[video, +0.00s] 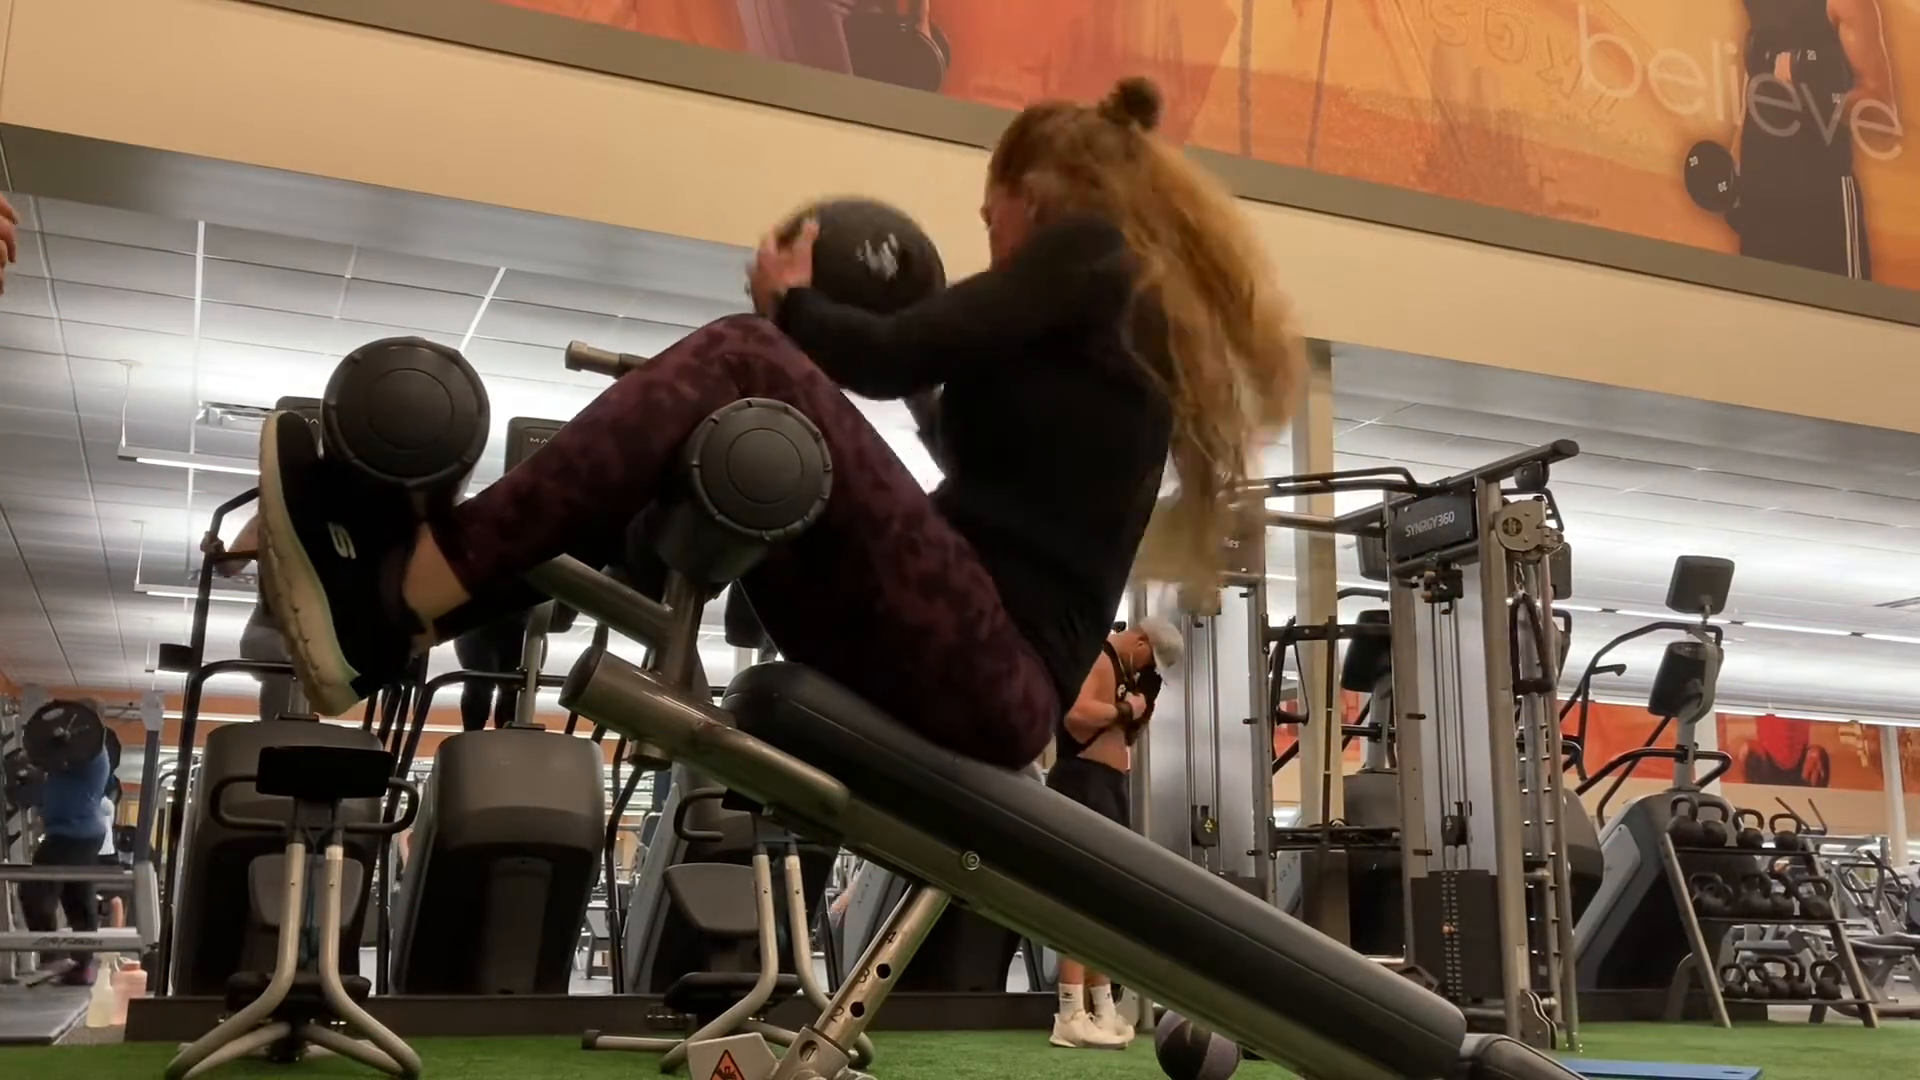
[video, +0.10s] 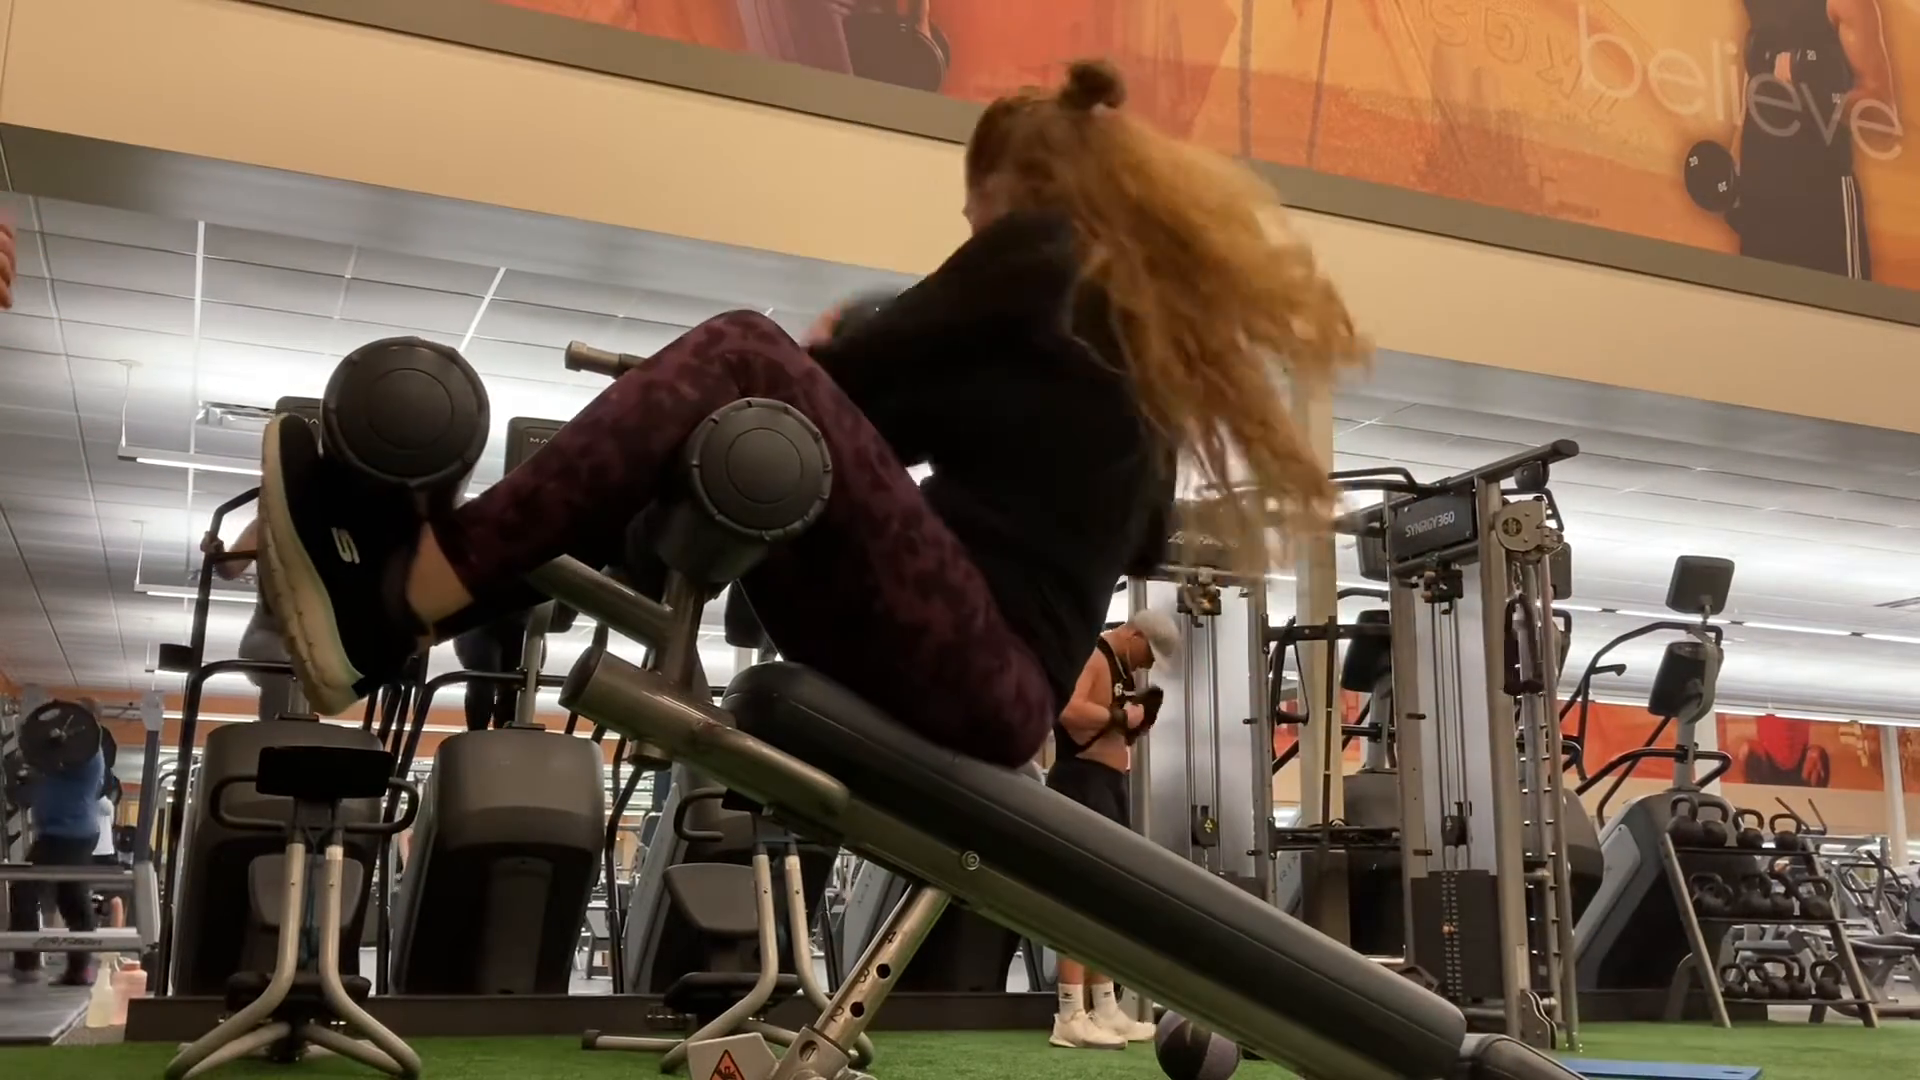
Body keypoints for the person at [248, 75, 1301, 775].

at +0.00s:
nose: (997, 229)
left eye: (1008, 205)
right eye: (999, 211)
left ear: (1060, 191)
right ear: (1076, 196)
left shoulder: (1097, 259)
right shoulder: (1067, 310)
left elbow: (900, 350)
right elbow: (917, 370)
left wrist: (781, 304)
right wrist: (812, 319)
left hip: (996, 679)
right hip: (947, 658)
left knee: (754, 361)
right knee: (734, 380)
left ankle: (426, 583)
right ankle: (399, 597)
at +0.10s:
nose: (969, 206)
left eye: (982, 181)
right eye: (973, 185)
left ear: (1032, 178)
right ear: (1081, 186)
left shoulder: (1043, 261)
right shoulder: (1110, 325)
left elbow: (853, 354)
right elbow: (911, 417)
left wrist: (832, 344)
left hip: (977, 664)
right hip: (971, 659)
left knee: (746, 353)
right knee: (737, 356)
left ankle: (418, 593)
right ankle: (410, 588)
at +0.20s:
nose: (945, 203)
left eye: (952, 182)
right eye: (946, 183)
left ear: (994, 174)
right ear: (1059, 176)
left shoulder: (994, 259)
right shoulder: (1115, 320)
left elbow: (850, 410)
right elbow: (1183, 541)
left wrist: (720, 434)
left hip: (972, 666)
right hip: (974, 669)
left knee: (741, 355)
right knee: (727, 366)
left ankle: (426, 589)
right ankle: (407, 593)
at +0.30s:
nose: (924, 218)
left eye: (931, 196)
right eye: (926, 198)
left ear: (970, 183)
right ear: (1038, 179)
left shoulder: (974, 265)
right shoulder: (1092, 314)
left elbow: (862, 426)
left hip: (966, 676)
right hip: (973, 679)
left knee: (741, 354)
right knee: (738, 351)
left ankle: (426, 590)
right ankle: (402, 597)